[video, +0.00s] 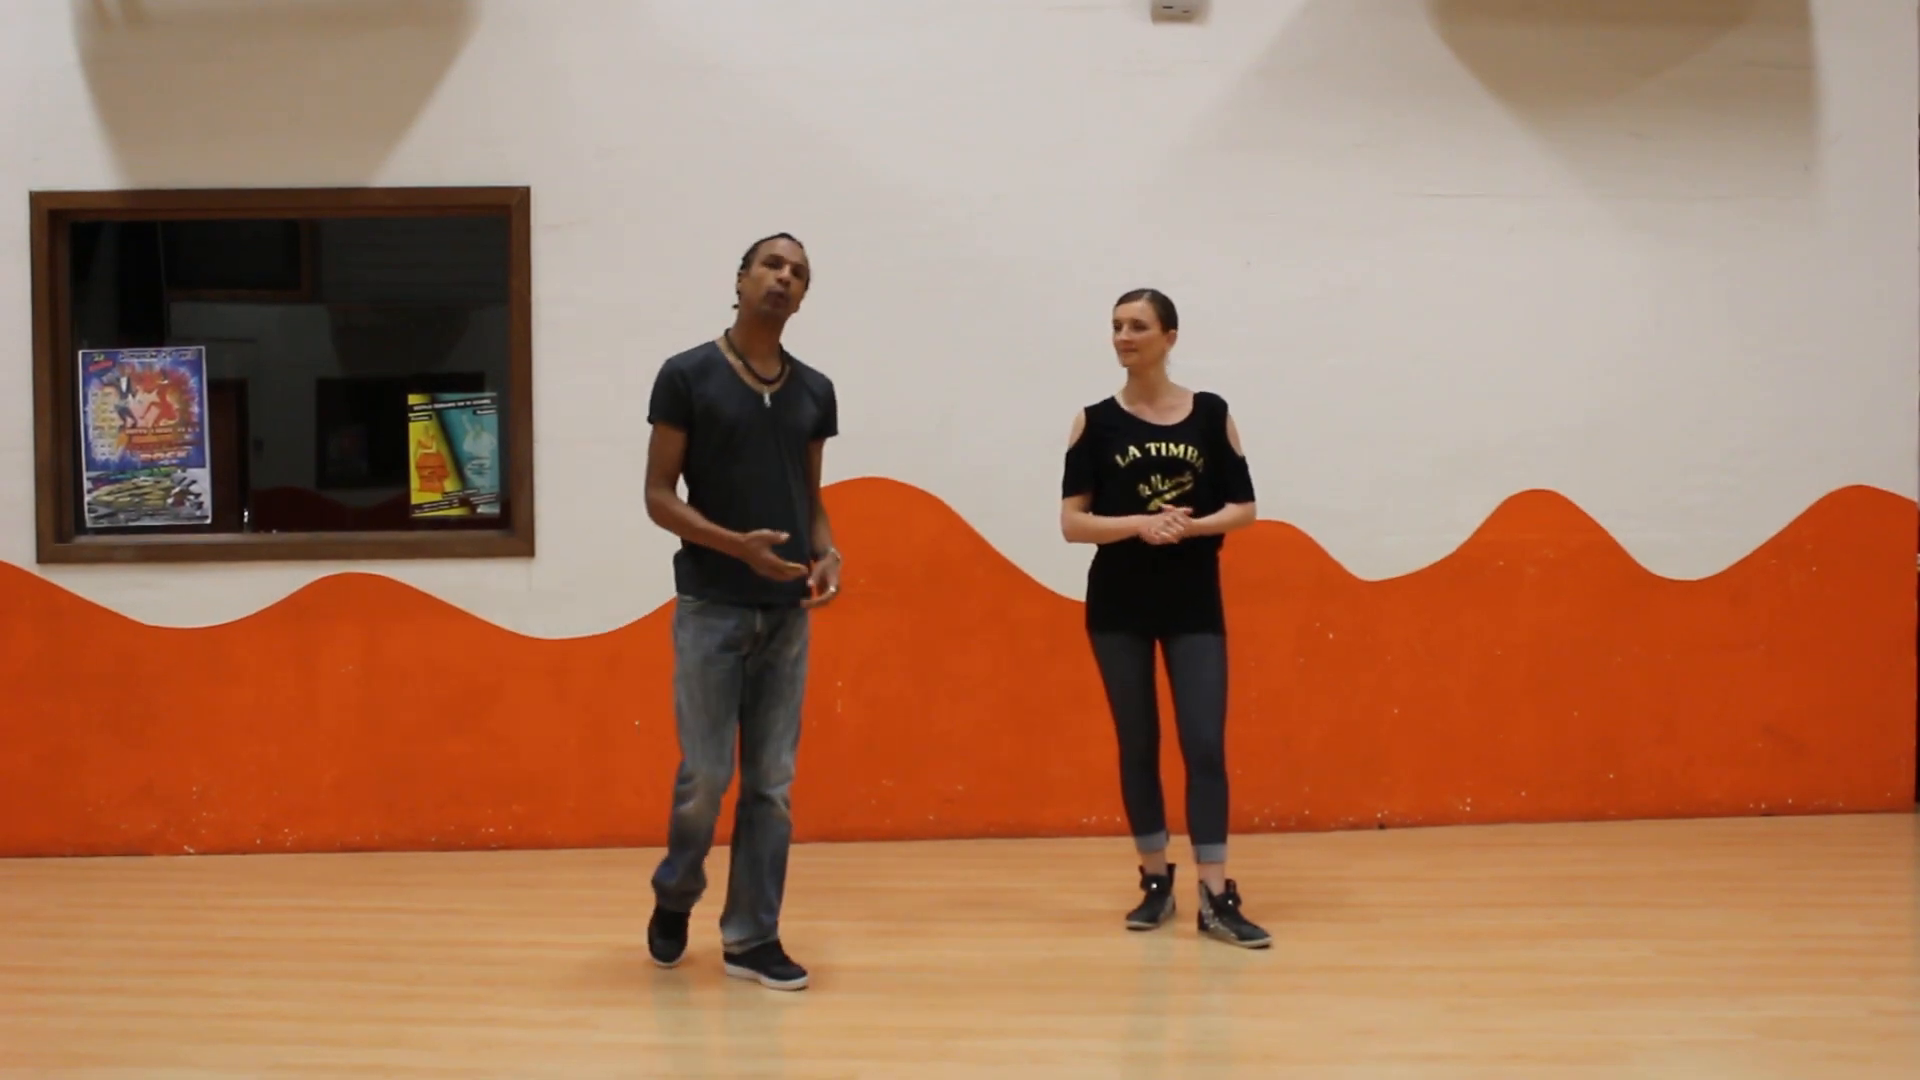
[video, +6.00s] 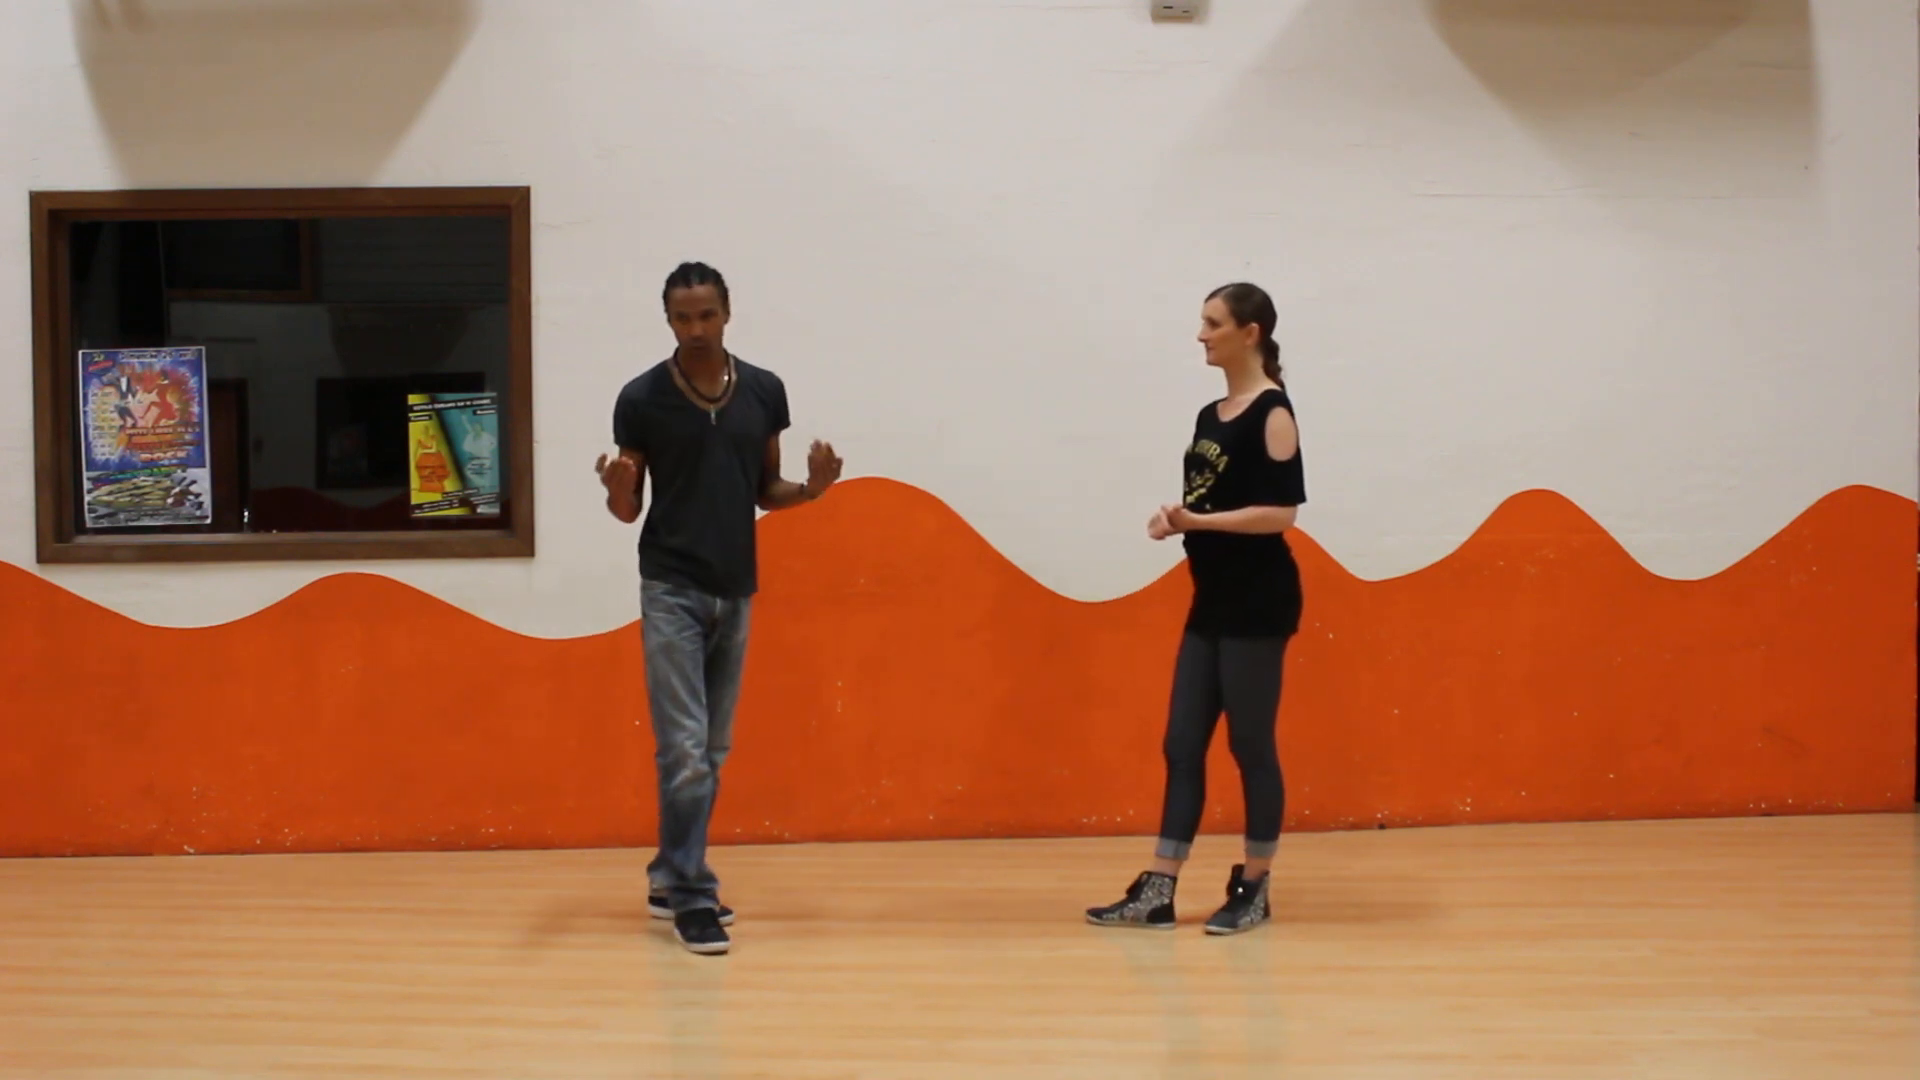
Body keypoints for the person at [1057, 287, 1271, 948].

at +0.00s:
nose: (1123, 337)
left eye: (1136, 327)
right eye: (1117, 328)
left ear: (1169, 336)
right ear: (1111, 338)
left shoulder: (1209, 413)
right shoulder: (1093, 422)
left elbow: (1243, 508)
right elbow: (1073, 522)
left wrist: (1195, 525)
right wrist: (1135, 524)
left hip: (1193, 602)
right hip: (1118, 604)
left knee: (1205, 748)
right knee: (1138, 745)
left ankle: (1215, 896)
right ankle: (1156, 883)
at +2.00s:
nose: (1122, 331)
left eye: (1135, 322)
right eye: (1119, 322)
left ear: (1171, 334)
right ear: (1119, 333)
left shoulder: (1212, 412)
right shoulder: (1100, 422)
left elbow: (1244, 510)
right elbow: (1077, 520)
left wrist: (1168, 526)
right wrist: (1113, 525)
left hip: (1193, 599)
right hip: (1120, 601)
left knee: (1205, 745)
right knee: (1140, 744)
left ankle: (1215, 894)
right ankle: (1157, 884)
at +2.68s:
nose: (1137, 324)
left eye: (1150, 317)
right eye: (1140, 314)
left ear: (1186, 332)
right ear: (1171, 332)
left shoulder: (1198, 408)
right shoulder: (1160, 410)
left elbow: (1212, 508)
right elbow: (1170, 502)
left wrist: (1133, 522)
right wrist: (1124, 515)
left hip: (1212, 598)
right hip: (1172, 597)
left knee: (1216, 744)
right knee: (1171, 743)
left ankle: (1248, 884)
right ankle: (1167, 883)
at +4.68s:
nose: (1196, 336)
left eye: (1208, 326)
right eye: (1197, 325)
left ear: (1248, 331)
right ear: (1231, 332)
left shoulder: (1270, 414)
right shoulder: (1206, 412)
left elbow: (1276, 514)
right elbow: (1211, 503)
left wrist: (1193, 520)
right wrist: (1174, 516)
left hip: (1255, 604)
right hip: (1207, 599)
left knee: (1252, 745)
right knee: (1180, 745)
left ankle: (1253, 888)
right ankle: (1158, 889)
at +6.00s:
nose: (1201, 335)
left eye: (1213, 325)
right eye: (1203, 324)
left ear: (1252, 333)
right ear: (1238, 333)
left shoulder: (1275, 415)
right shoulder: (1212, 413)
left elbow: (1281, 514)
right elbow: (1216, 503)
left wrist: (1197, 521)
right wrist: (1178, 516)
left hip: (1258, 604)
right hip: (1211, 599)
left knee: (1253, 745)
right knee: (1182, 746)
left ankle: (1252, 889)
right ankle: (1158, 890)